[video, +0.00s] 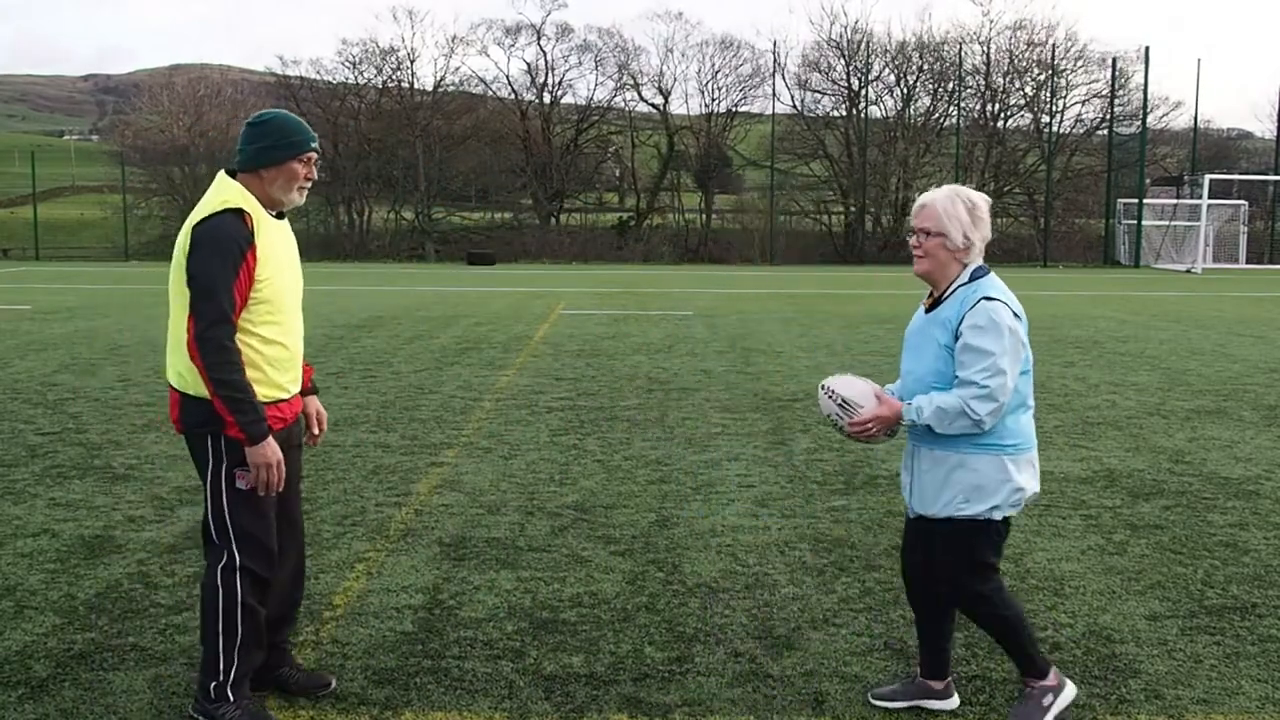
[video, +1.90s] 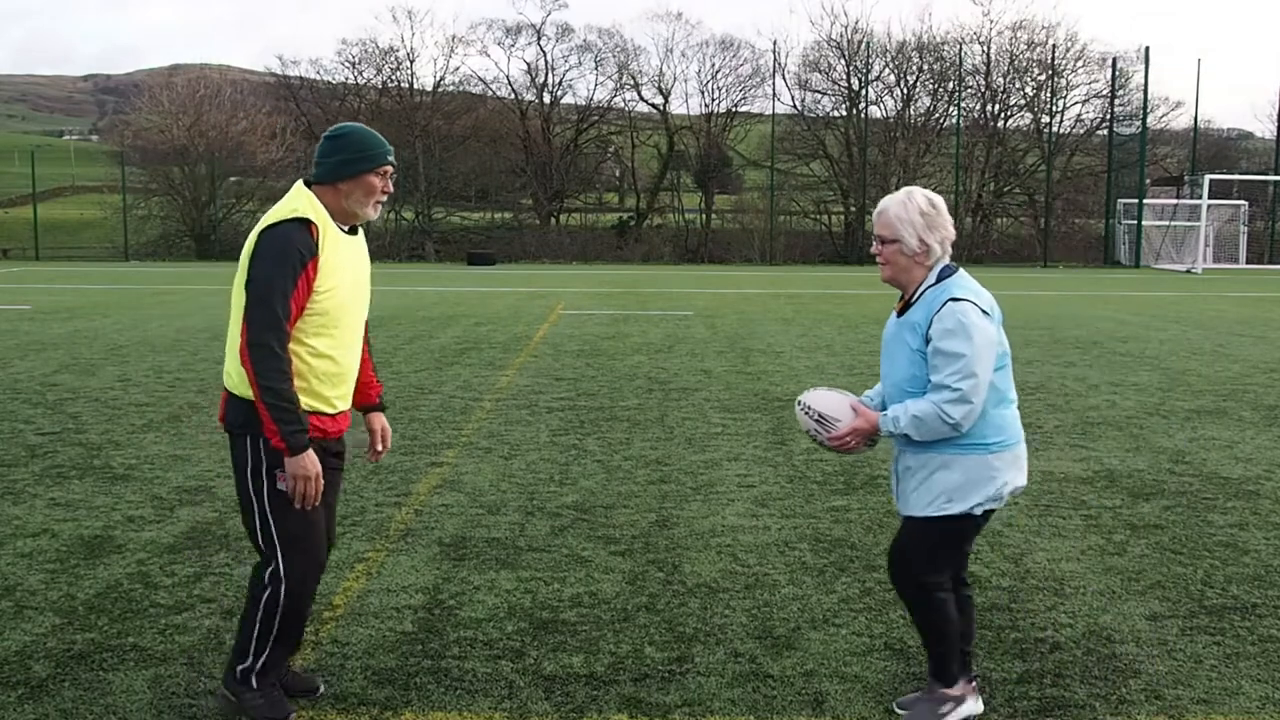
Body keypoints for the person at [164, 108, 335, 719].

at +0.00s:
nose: (311, 174)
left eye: (313, 164)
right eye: (302, 163)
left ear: (276, 166)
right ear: (264, 163)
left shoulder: (271, 221)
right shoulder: (223, 225)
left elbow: (276, 316)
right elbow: (211, 337)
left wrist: (303, 386)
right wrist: (253, 434)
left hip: (272, 412)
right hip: (225, 419)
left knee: (282, 548)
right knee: (240, 557)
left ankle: (269, 662)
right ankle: (222, 693)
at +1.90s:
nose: (387, 187)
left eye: (389, 176)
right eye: (378, 175)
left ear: (354, 182)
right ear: (339, 177)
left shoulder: (347, 231)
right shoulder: (290, 232)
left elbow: (348, 325)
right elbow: (264, 342)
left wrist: (370, 402)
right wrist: (296, 444)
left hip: (322, 422)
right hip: (272, 425)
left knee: (311, 553)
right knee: (292, 560)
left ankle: (274, 663)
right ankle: (248, 678)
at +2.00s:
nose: (404, 199)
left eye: (406, 187)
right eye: (395, 187)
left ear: (367, 192)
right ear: (356, 188)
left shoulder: (365, 240)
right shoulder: (307, 245)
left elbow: (375, 331)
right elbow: (284, 359)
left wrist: (401, 408)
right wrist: (325, 456)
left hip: (351, 430)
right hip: (291, 436)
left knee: (378, 540)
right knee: (304, 572)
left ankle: (293, 643)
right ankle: (248, 686)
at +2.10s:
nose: (432, 212)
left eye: (434, 200)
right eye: (424, 200)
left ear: (389, 204)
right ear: (385, 201)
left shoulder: (387, 250)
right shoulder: (339, 259)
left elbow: (406, 341)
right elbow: (328, 377)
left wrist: (443, 413)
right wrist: (377, 469)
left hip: (377, 433)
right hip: (320, 442)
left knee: (438, 529)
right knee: (312, 584)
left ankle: (377, 651)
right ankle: (253, 687)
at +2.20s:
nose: (473, 214)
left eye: (474, 202)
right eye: (464, 202)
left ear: (429, 207)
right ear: (427, 203)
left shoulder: (423, 259)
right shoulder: (386, 259)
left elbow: (451, 346)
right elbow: (394, 375)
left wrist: (500, 412)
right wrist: (453, 460)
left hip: (403, 437)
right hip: (353, 441)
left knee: (473, 526)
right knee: (334, 577)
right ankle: (257, 682)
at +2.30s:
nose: (523, 228)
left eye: (524, 216)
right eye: (515, 215)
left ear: (479, 218)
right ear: (479, 215)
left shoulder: (469, 267)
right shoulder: (438, 266)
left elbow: (504, 351)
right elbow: (469, 369)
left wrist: (571, 407)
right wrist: (544, 444)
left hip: (447, 443)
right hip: (393, 446)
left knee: (517, 552)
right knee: (368, 583)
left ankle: (571, 674)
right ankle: (269, 670)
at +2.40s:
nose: (576, 259)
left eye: (576, 249)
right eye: (569, 247)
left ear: (534, 250)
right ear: (534, 249)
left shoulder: (516, 294)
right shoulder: (491, 292)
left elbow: (567, 373)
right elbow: (548, 382)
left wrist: (646, 415)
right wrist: (639, 438)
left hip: (475, 457)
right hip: (423, 459)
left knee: (560, 539)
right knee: (415, 608)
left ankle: (575, 679)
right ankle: (293, 656)